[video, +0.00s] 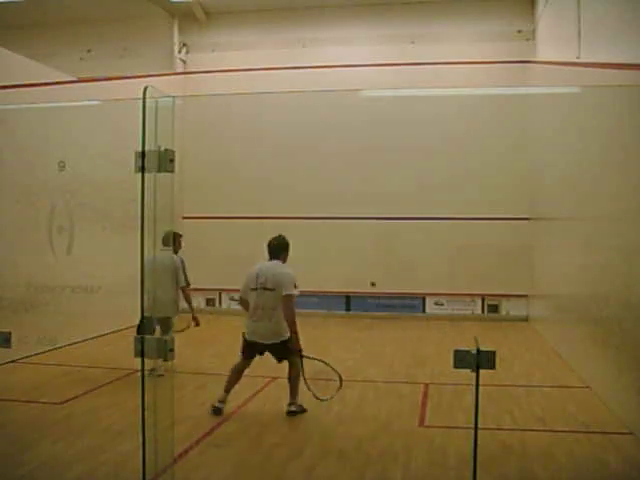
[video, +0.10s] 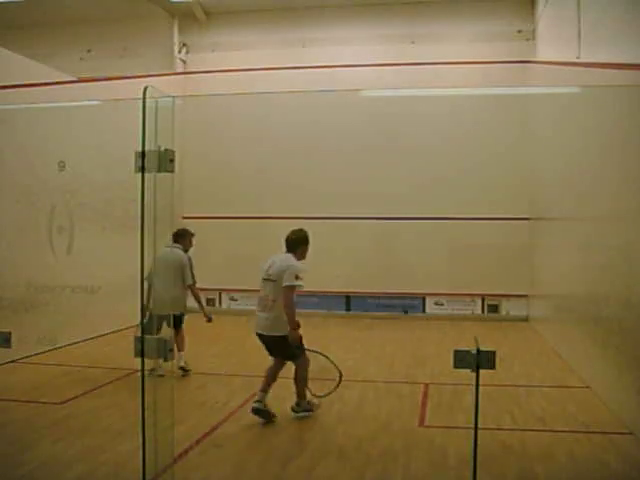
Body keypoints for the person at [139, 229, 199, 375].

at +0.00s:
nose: (181, 246)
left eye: (181, 242)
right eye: (179, 242)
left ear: (164, 243)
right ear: (173, 243)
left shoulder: (149, 259)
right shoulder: (176, 260)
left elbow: (142, 283)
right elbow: (184, 288)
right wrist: (193, 313)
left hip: (148, 307)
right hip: (166, 308)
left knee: (147, 336)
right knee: (165, 333)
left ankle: (152, 365)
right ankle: (159, 364)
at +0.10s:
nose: (192, 244)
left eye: (192, 240)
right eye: (190, 240)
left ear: (175, 240)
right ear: (183, 241)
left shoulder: (159, 255)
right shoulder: (184, 258)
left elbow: (149, 280)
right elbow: (191, 286)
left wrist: (146, 304)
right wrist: (204, 310)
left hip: (158, 304)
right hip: (176, 305)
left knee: (154, 335)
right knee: (178, 330)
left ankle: (156, 364)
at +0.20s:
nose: (204, 241)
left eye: (204, 237)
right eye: (202, 237)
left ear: (187, 236)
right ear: (193, 236)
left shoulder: (169, 252)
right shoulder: (194, 254)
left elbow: (155, 277)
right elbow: (201, 280)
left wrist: (141, 296)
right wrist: (209, 302)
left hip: (168, 302)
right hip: (187, 303)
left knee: (160, 333)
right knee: (195, 331)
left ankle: (157, 365)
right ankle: (200, 362)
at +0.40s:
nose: (225, 237)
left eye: (225, 233)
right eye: (223, 233)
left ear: (207, 233)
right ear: (214, 233)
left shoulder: (191, 249)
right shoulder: (215, 251)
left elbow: (172, 269)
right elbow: (217, 279)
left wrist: (149, 286)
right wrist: (223, 305)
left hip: (191, 304)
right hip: (211, 305)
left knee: (183, 333)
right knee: (215, 338)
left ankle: (175, 366)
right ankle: (213, 373)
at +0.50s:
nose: (232, 229)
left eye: (232, 225)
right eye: (229, 225)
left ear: (214, 226)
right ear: (221, 226)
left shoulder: (198, 244)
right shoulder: (221, 244)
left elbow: (180, 267)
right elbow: (218, 270)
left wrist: (164, 285)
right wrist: (220, 295)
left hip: (201, 301)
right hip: (220, 301)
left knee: (201, 334)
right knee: (221, 334)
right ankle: (217, 370)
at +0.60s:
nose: (238, 227)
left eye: (238, 223)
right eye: (236, 223)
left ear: (220, 225)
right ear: (226, 224)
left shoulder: (206, 243)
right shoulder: (226, 242)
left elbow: (190, 268)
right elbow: (222, 269)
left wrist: (176, 291)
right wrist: (224, 294)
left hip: (207, 300)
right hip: (227, 300)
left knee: (219, 337)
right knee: (233, 332)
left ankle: (224, 373)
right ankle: (233, 368)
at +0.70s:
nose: (245, 231)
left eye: (245, 227)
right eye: (242, 227)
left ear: (229, 229)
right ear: (232, 228)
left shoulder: (214, 248)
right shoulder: (232, 247)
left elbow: (199, 276)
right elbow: (230, 275)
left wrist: (188, 301)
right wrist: (235, 301)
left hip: (217, 309)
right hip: (235, 308)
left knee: (228, 346)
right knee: (247, 338)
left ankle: (231, 386)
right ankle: (252, 379)